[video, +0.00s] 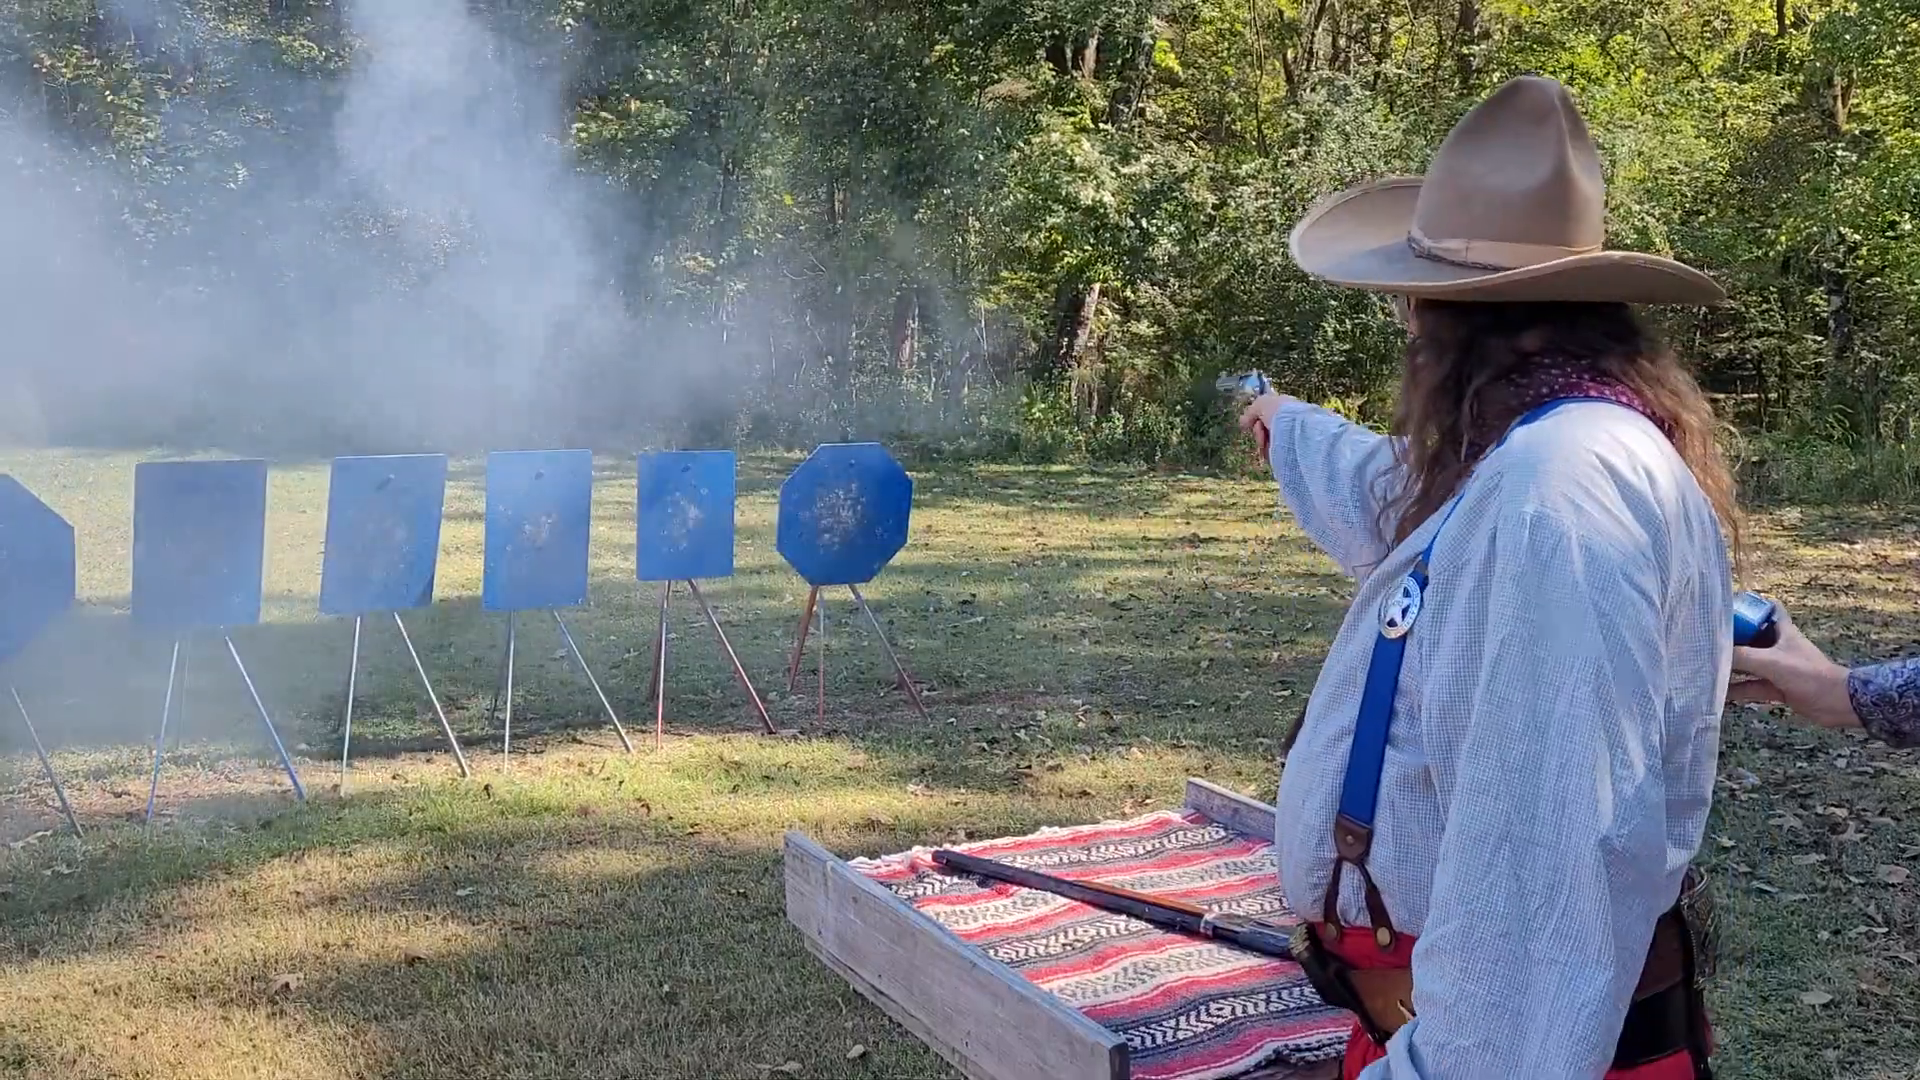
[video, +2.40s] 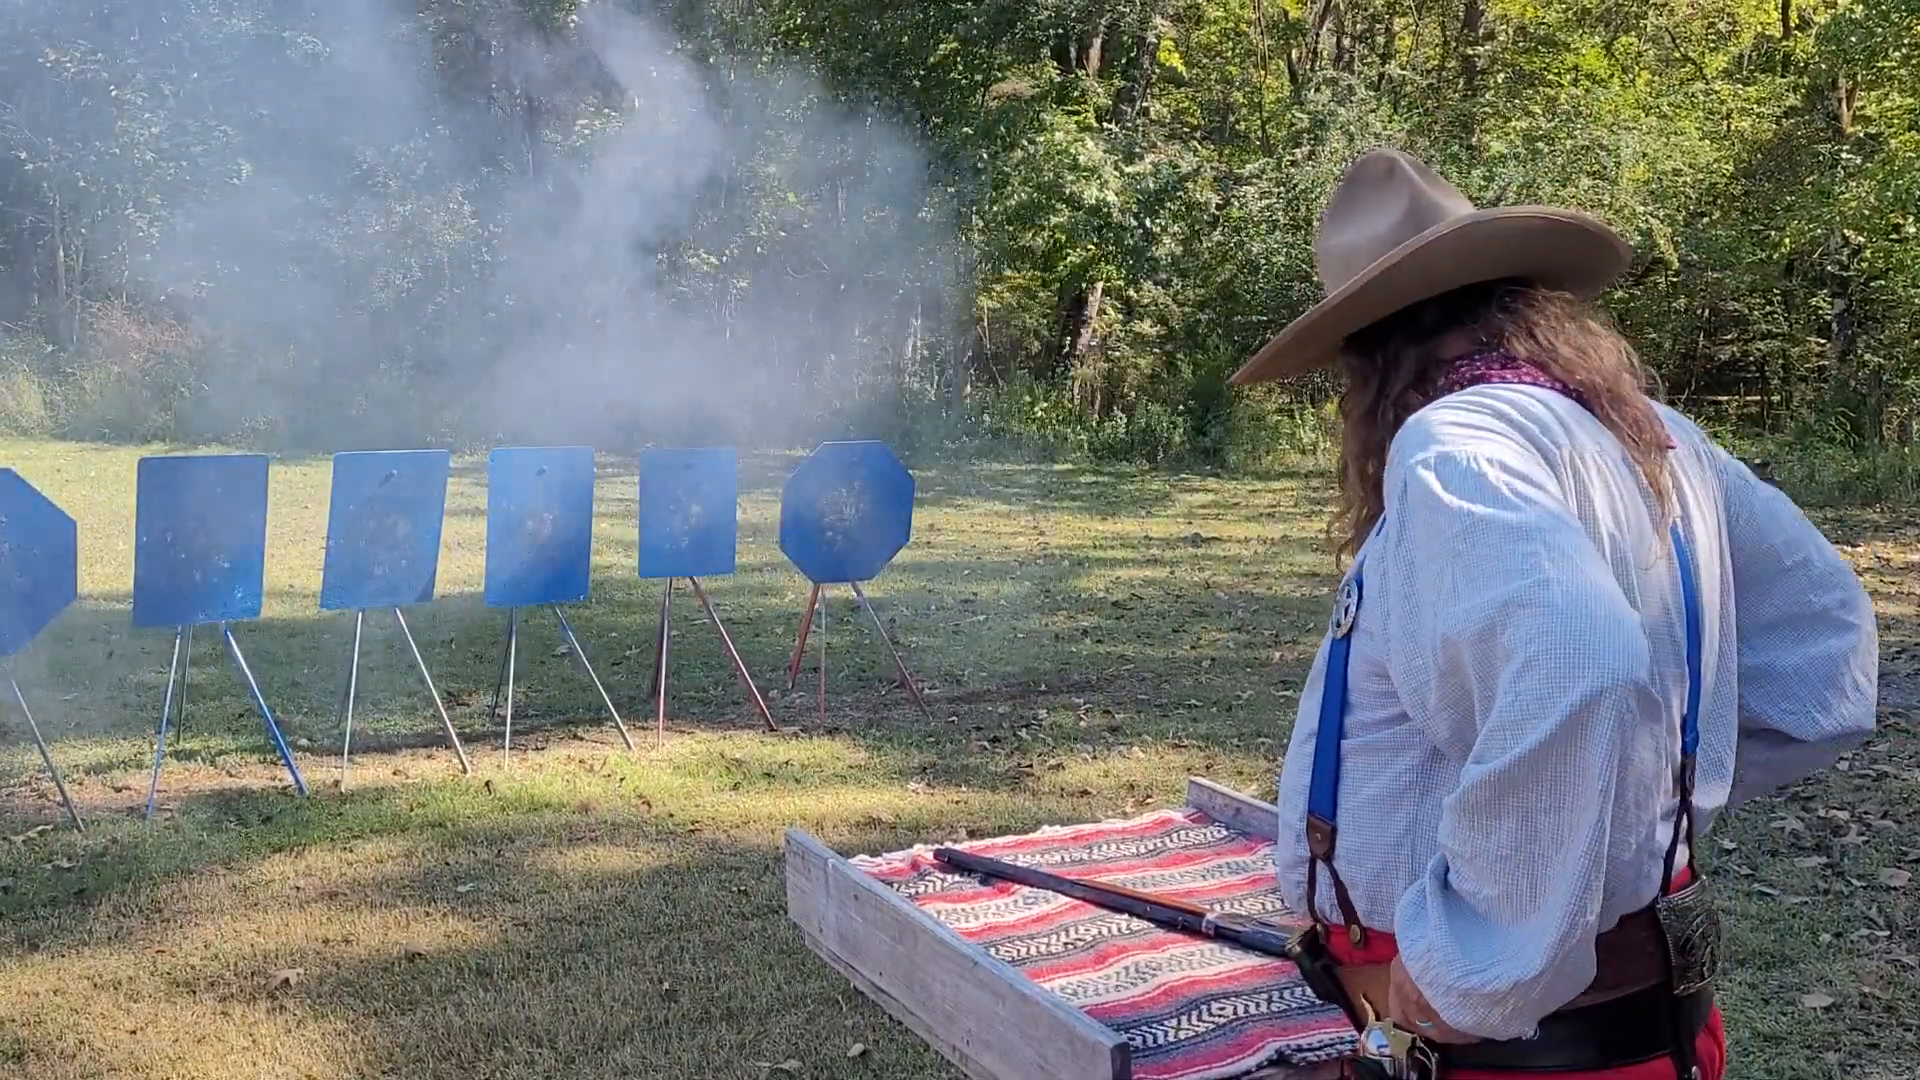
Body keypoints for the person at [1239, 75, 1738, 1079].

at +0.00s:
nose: (1404, 318)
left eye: (1416, 295)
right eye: (1407, 292)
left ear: (1457, 318)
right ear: (1557, 309)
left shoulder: (1557, 492)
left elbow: (1544, 873)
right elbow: (1394, 493)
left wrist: (1433, 1060)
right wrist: (1285, 427)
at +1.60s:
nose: (1409, 335)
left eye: (1420, 309)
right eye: (1412, 306)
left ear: (1462, 323)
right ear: (1572, 310)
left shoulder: (1548, 478)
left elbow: (1596, 811)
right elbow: (1412, 507)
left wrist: (1437, 1047)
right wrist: (1306, 423)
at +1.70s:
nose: (1403, 334)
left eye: (1415, 308)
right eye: (1407, 306)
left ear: (1459, 320)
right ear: (1572, 307)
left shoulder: (1543, 465)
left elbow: (1672, 763)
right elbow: (1429, 519)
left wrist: (1467, 985)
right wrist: (1332, 457)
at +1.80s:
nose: (1388, 345)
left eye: (1395, 318)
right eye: (1389, 317)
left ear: (1435, 326)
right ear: (1564, 307)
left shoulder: (1523, 456)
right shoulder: (1597, 427)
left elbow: (1695, 719)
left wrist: (1489, 953)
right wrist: (1398, 513)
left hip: (1489, 1045)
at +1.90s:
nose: (1370, 364)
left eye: (1376, 334)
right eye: (1368, 333)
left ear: (1410, 336)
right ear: (1536, 309)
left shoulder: (1512, 461)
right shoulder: (1611, 437)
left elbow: (1694, 709)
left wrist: (1502, 941)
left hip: (1486, 1048)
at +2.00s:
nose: (1361, 378)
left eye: (1364, 351)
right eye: (1358, 352)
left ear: (1395, 355)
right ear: (1534, 307)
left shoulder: (1497, 459)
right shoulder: (1627, 420)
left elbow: (1674, 697)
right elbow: (1771, 554)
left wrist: (1510, 951)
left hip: (1488, 1046)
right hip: (1617, 1019)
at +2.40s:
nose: (1349, 393)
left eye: (1352, 365)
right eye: (1344, 367)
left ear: (1380, 357)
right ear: (1525, 305)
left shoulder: (1452, 445)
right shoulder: (1664, 433)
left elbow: (1580, 670)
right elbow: (1828, 678)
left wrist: (1460, 969)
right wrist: (1651, 775)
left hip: (1507, 1034)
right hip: (1664, 994)